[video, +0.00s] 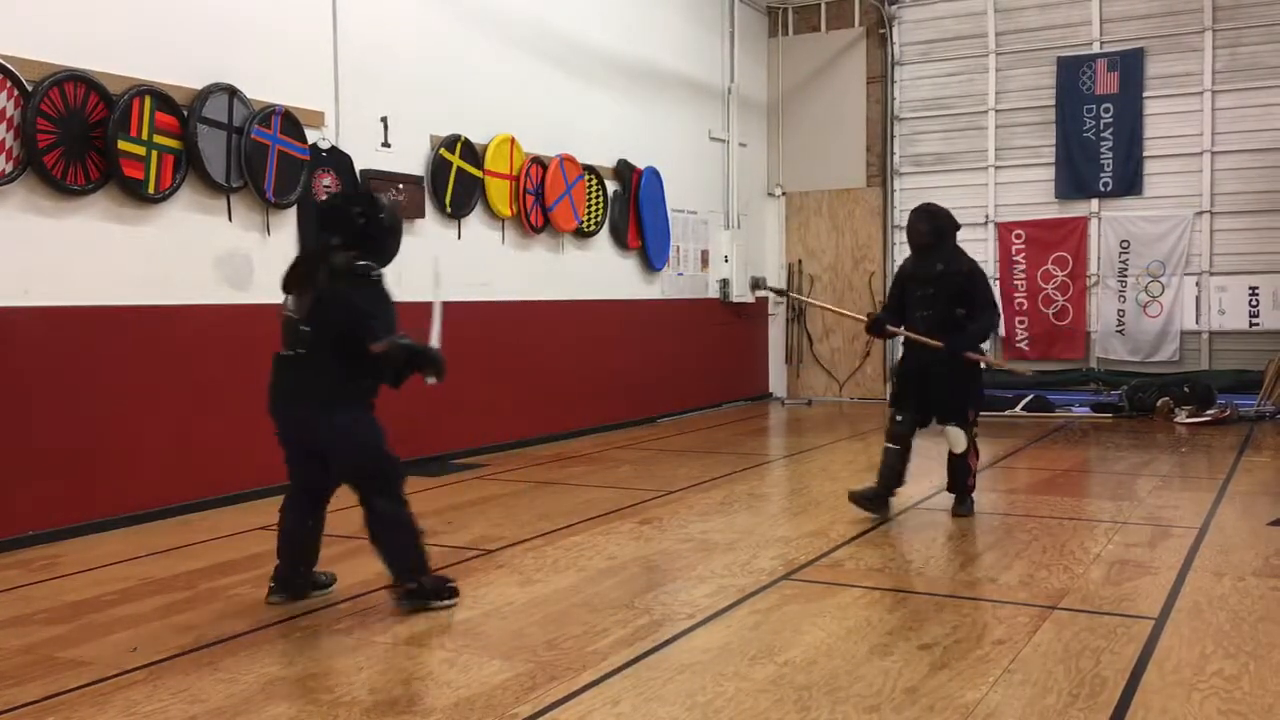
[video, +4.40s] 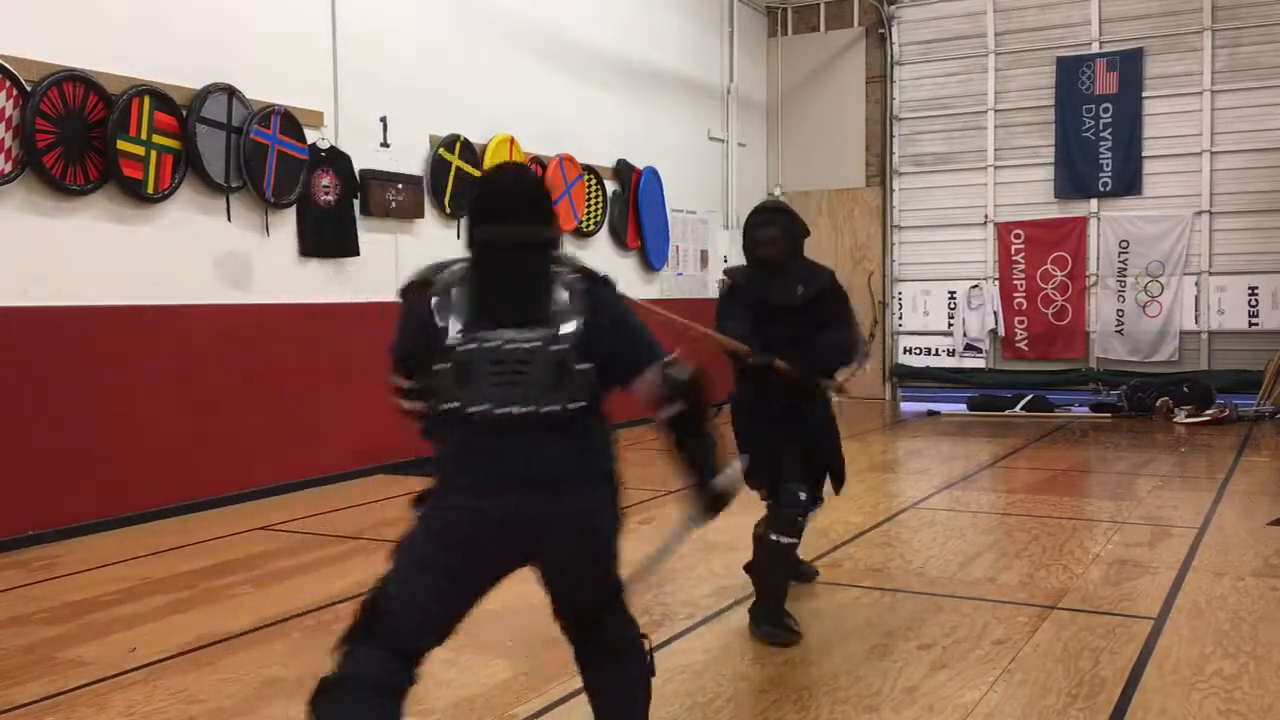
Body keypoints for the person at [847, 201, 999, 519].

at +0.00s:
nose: (912, 235)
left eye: (919, 229)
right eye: (911, 229)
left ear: (938, 231)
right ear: (910, 232)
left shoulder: (964, 269)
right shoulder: (909, 268)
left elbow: (989, 315)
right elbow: (895, 313)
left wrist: (965, 339)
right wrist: (881, 324)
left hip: (956, 362)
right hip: (916, 360)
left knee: (957, 431)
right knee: (899, 425)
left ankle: (963, 495)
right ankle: (882, 491)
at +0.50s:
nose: (854, 236)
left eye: (860, 229)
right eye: (850, 229)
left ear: (878, 228)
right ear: (847, 229)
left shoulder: (906, 264)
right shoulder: (847, 265)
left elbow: (938, 310)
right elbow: (831, 307)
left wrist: (908, 338)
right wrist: (829, 325)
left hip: (896, 362)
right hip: (856, 362)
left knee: (890, 437)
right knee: (857, 434)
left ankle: (907, 495)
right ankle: (864, 506)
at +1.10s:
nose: (825, 225)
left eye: (832, 217)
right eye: (824, 218)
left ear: (852, 220)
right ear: (823, 221)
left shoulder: (883, 264)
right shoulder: (818, 263)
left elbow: (920, 312)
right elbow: (793, 304)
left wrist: (925, 360)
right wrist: (767, 322)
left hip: (868, 364)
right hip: (823, 363)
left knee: (861, 444)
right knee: (809, 438)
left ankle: (861, 520)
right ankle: (831, 501)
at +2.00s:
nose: (809, 244)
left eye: (816, 237)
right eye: (803, 238)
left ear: (836, 237)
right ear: (796, 240)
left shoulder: (864, 278)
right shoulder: (793, 282)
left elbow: (915, 314)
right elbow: (769, 329)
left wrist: (936, 363)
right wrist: (743, 365)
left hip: (852, 389)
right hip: (801, 390)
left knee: (856, 470)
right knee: (786, 462)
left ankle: (857, 534)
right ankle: (780, 539)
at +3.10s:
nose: (773, 244)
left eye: (782, 236)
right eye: (765, 236)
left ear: (800, 239)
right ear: (754, 242)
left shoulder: (822, 286)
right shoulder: (745, 288)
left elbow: (861, 334)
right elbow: (728, 335)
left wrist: (885, 384)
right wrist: (716, 373)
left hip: (811, 404)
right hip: (756, 403)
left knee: (822, 496)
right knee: (745, 484)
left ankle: (806, 554)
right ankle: (740, 572)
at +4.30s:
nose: (765, 236)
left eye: (774, 226)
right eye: (755, 227)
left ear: (795, 226)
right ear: (744, 229)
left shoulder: (820, 270)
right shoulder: (735, 273)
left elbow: (867, 318)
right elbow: (723, 326)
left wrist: (864, 383)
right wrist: (731, 354)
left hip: (807, 397)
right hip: (754, 397)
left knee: (805, 495)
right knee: (771, 493)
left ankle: (787, 565)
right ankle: (762, 600)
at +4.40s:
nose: (767, 248)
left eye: (776, 239)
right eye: (758, 240)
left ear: (795, 240)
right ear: (746, 245)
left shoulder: (821, 283)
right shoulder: (741, 286)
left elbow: (846, 342)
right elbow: (730, 339)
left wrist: (805, 360)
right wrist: (757, 354)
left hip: (807, 403)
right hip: (758, 405)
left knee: (807, 491)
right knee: (787, 503)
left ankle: (784, 553)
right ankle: (767, 606)